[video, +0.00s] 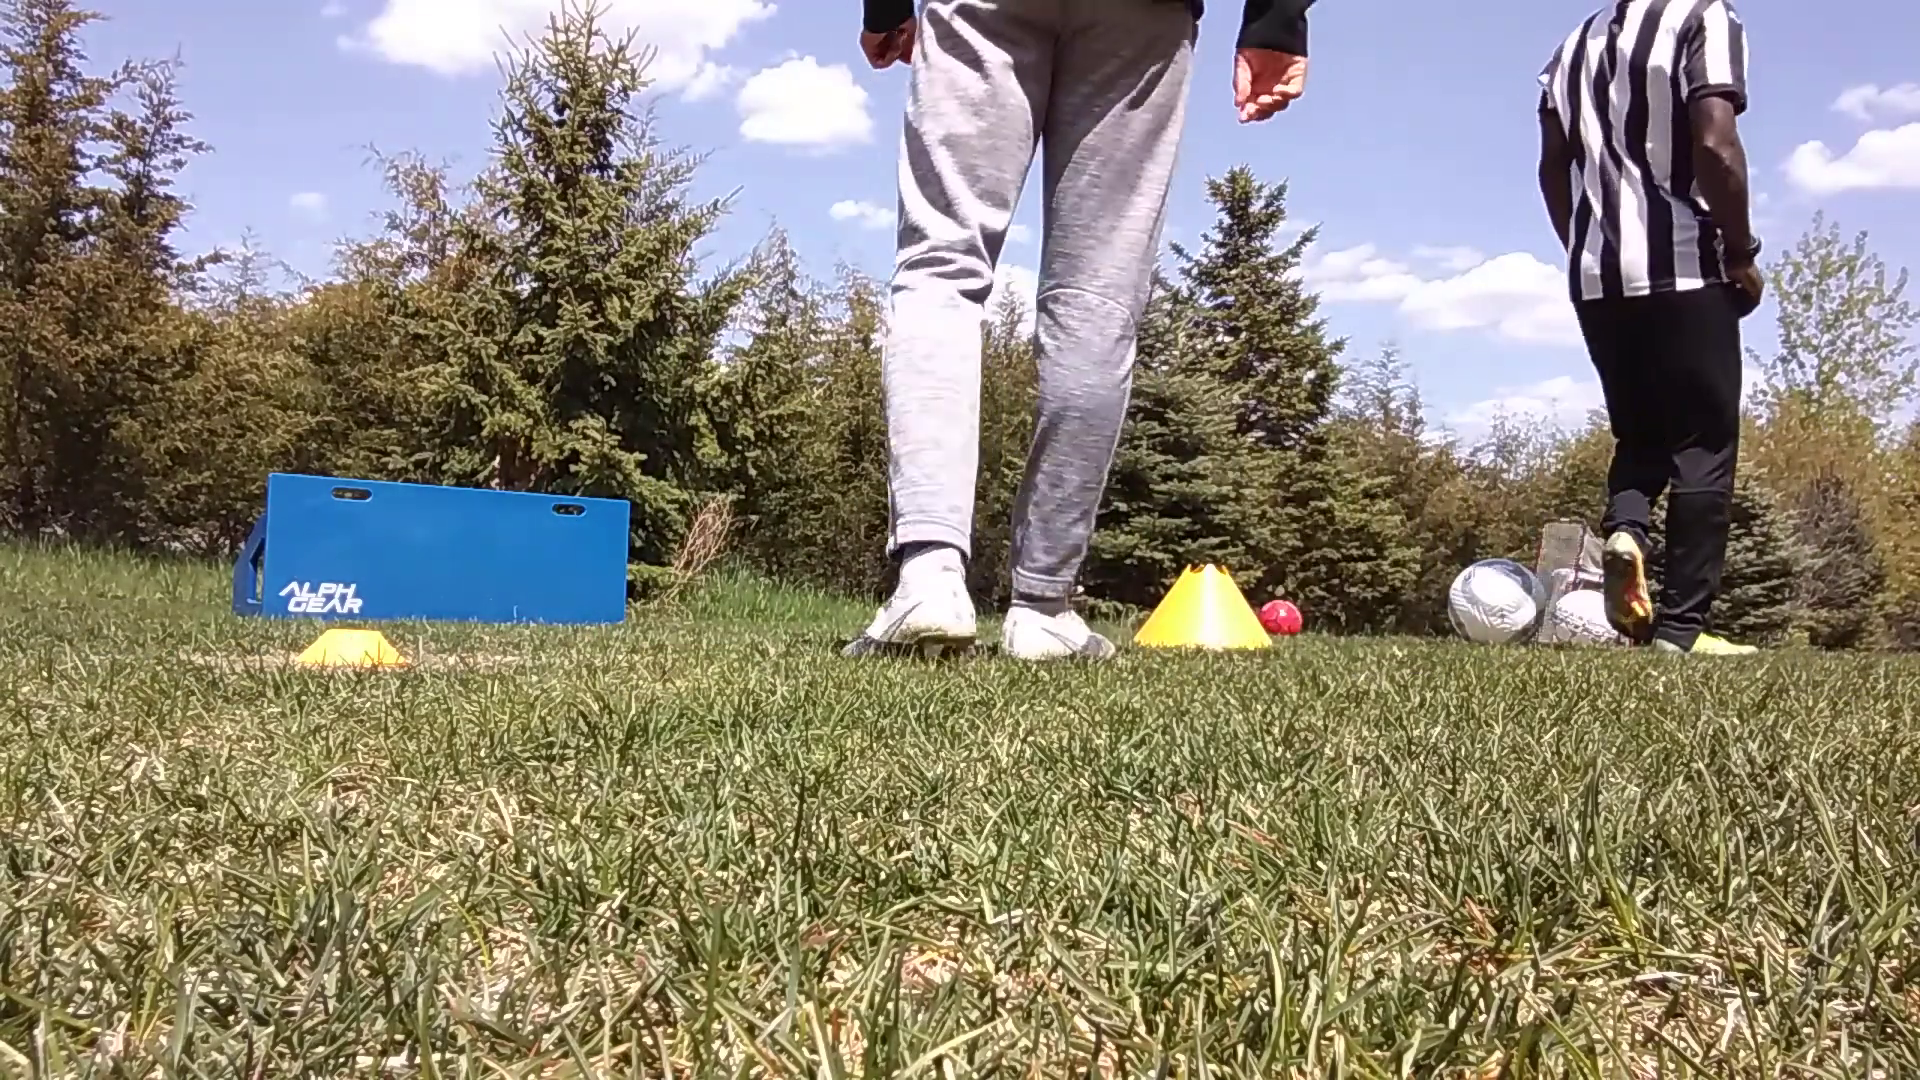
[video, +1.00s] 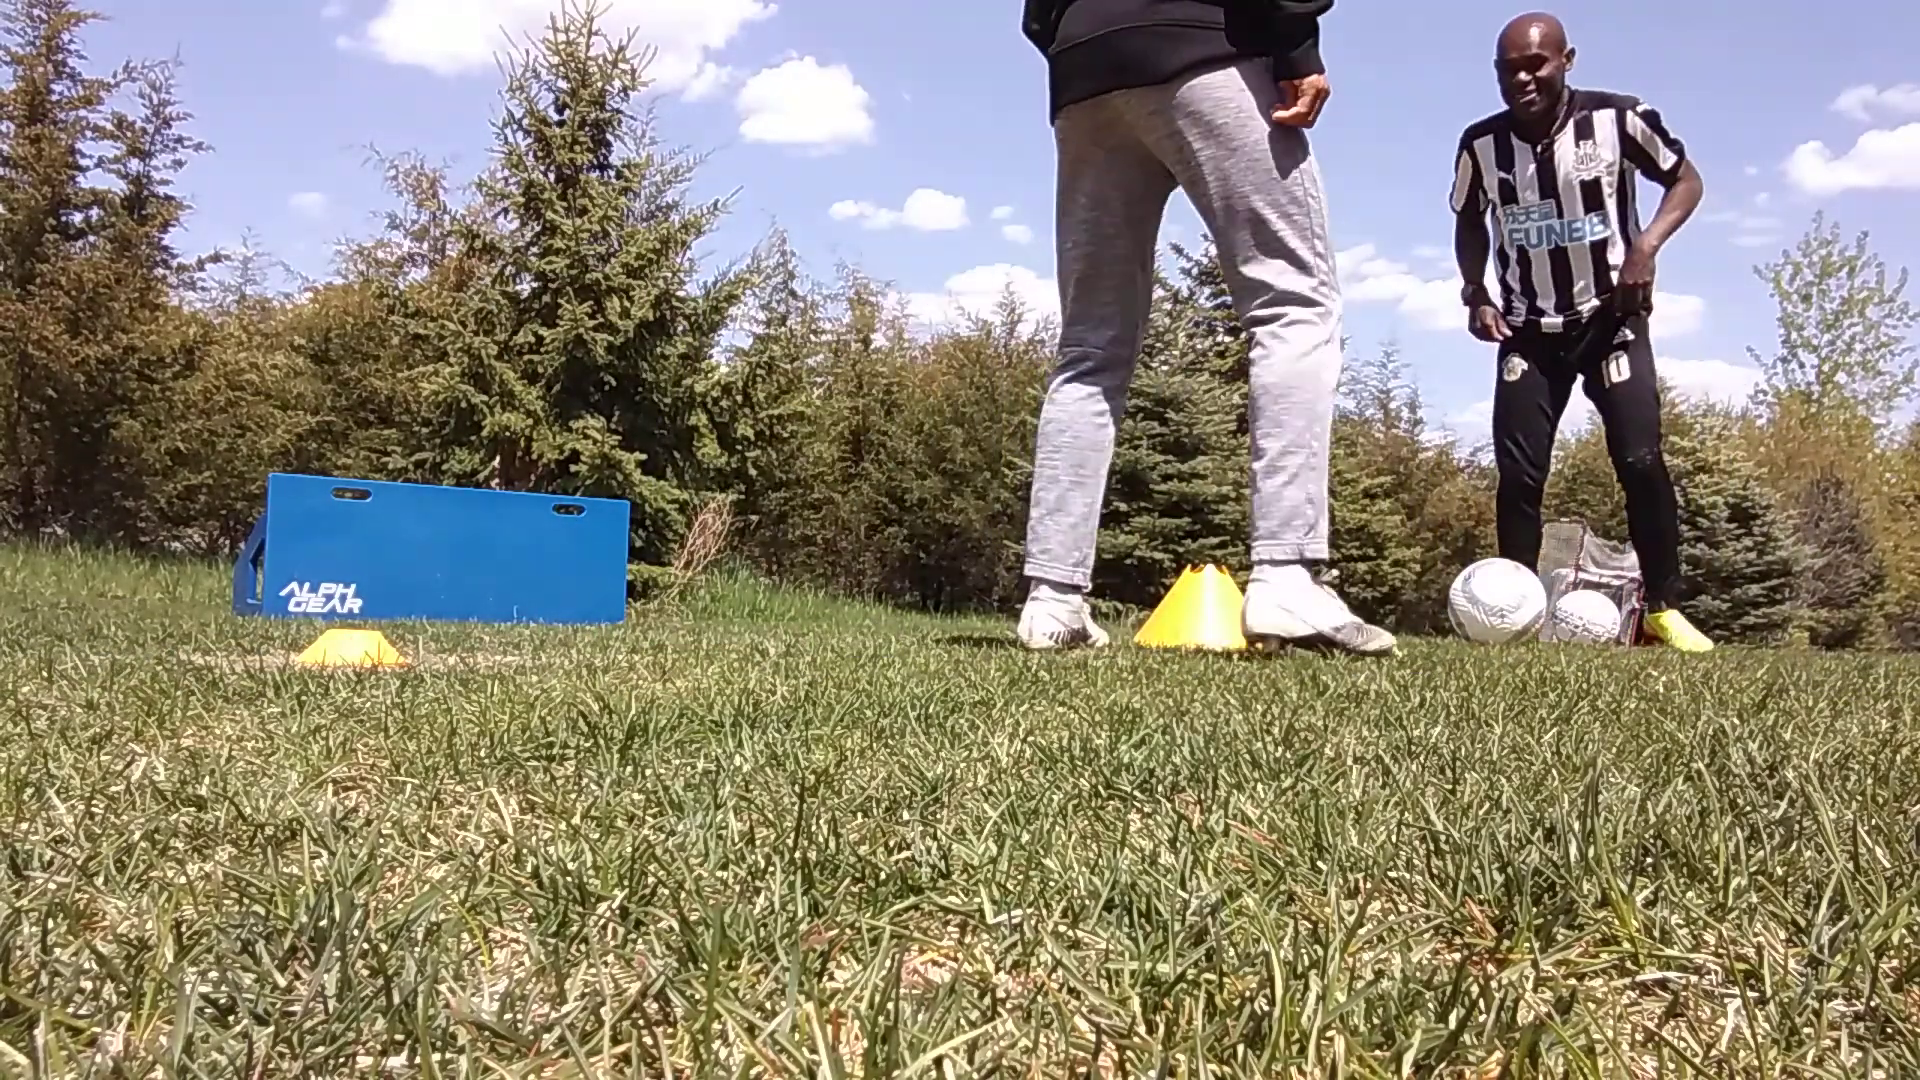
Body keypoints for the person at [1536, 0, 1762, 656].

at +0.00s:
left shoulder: (1570, 45)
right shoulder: (1705, 16)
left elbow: (1553, 172)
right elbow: (1713, 145)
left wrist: (1587, 252)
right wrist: (1741, 251)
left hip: (1597, 278)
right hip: (1683, 270)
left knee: (1639, 434)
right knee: (1707, 444)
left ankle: (1626, 532)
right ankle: (1683, 625)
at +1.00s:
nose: (1521, 80)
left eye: (1534, 65)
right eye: (1509, 69)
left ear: (1566, 62)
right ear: (1498, 72)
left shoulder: (1620, 119)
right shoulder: (1480, 144)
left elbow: (1687, 181)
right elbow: (1470, 224)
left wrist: (1648, 243)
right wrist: (1475, 292)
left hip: (1614, 322)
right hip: (1529, 334)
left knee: (1642, 462)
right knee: (1519, 476)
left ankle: (1662, 609)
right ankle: (1516, 611)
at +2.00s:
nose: (1580, 121)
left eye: (1594, 106)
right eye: (1566, 109)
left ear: (1625, 99)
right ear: (1551, 109)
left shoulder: (1675, 147)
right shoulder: (1531, 170)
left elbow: (1739, 199)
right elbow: (1527, 247)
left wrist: (1674, 261)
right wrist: (1506, 326)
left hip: (1675, 321)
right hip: (1592, 334)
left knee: (1682, 443)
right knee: (1574, 470)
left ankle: (1703, 607)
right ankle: (1588, 618)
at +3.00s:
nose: (1572, 134)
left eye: (1585, 117)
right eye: (1566, 120)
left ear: (1630, 103)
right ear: (1563, 117)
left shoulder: (1704, 142)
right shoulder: (1574, 182)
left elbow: (1801, 190)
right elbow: (1590, 262)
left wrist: (1722, 245)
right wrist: (1559, 347)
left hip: (1736, 320)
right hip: (1660, 340)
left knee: (1719, 446)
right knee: (1635, 469)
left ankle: (1737, 623)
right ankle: (1638, 624)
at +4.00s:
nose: (1602, 143)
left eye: (1613, 130)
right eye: (1599, 129)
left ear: (1660, 114)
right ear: (1601, 121)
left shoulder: (1734, 135)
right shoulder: (1611, 181)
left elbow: (1836, 179)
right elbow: (1649, 255)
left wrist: (1745, 218)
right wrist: (1639, 343)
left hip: (1769, 316)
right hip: (1692, 334)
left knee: (1737, 450)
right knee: (1668, 472)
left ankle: (1755, 622)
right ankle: (1690, 623)